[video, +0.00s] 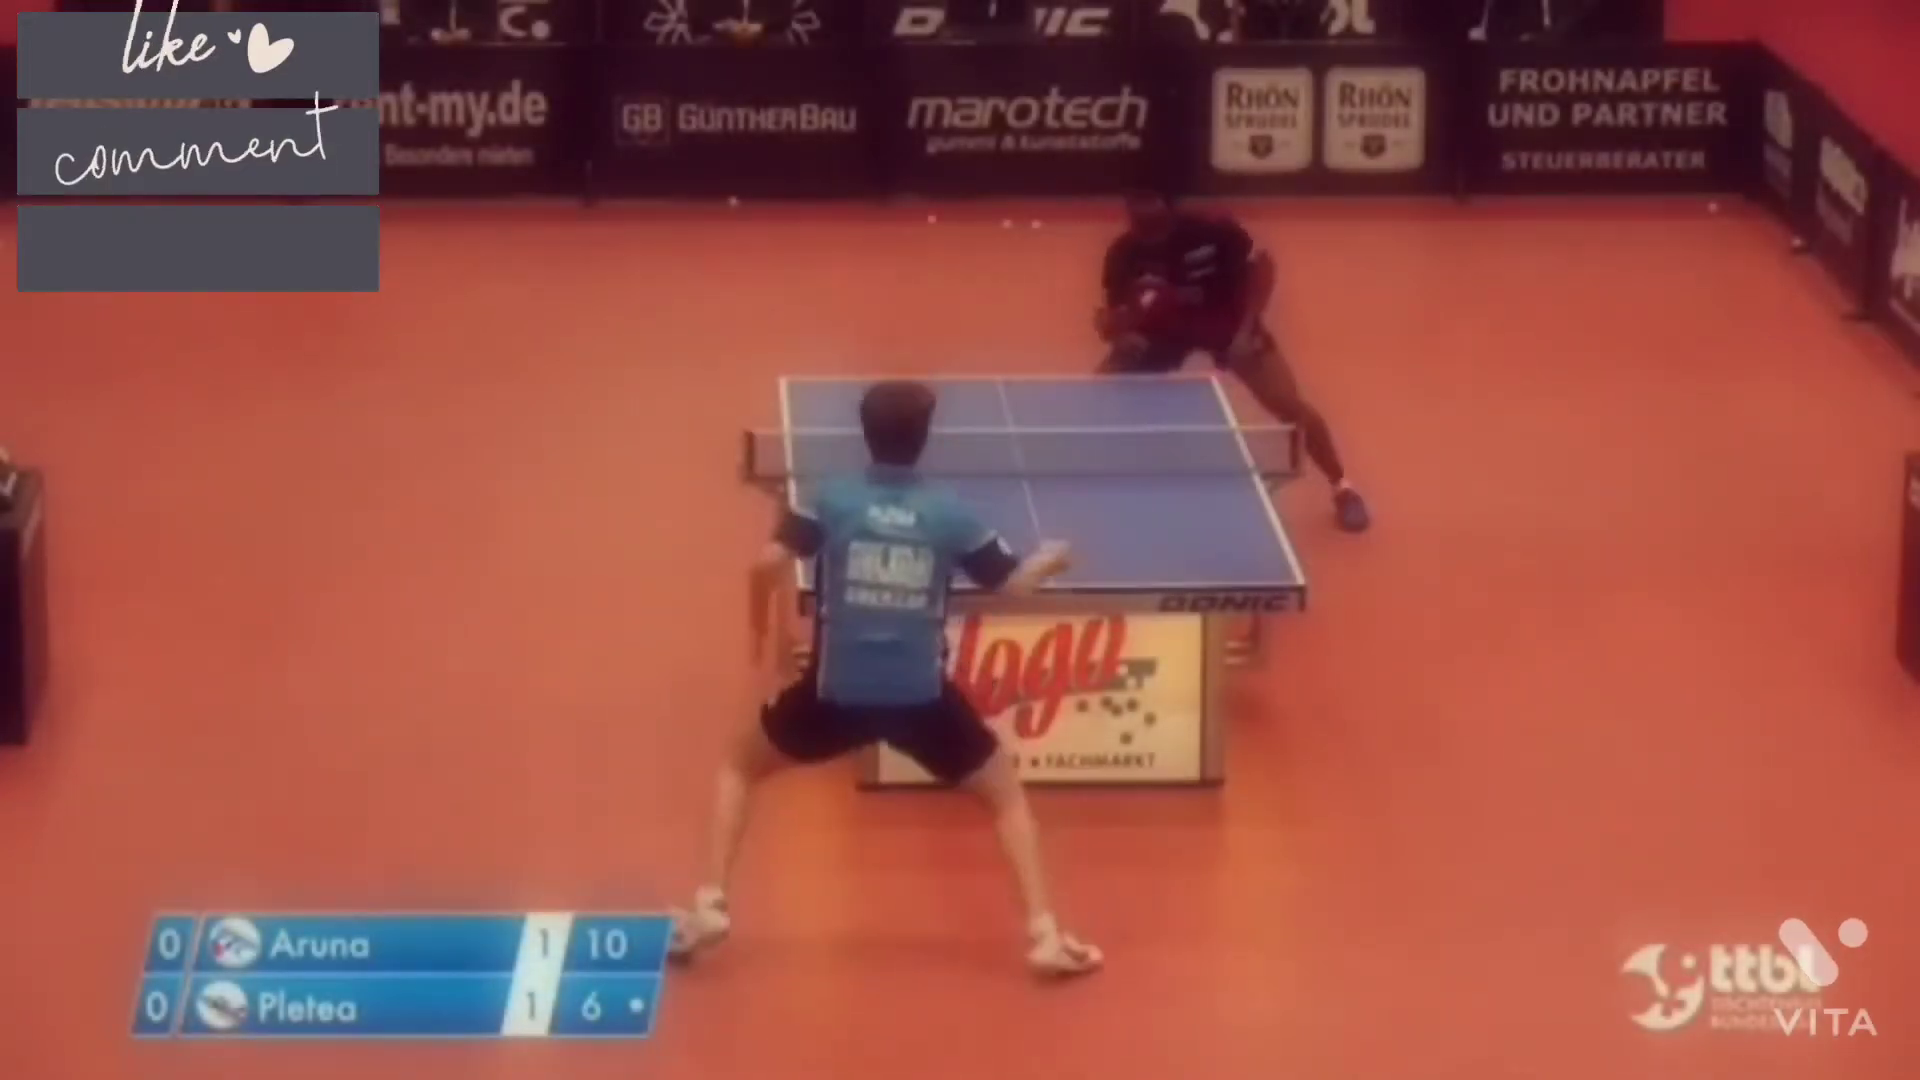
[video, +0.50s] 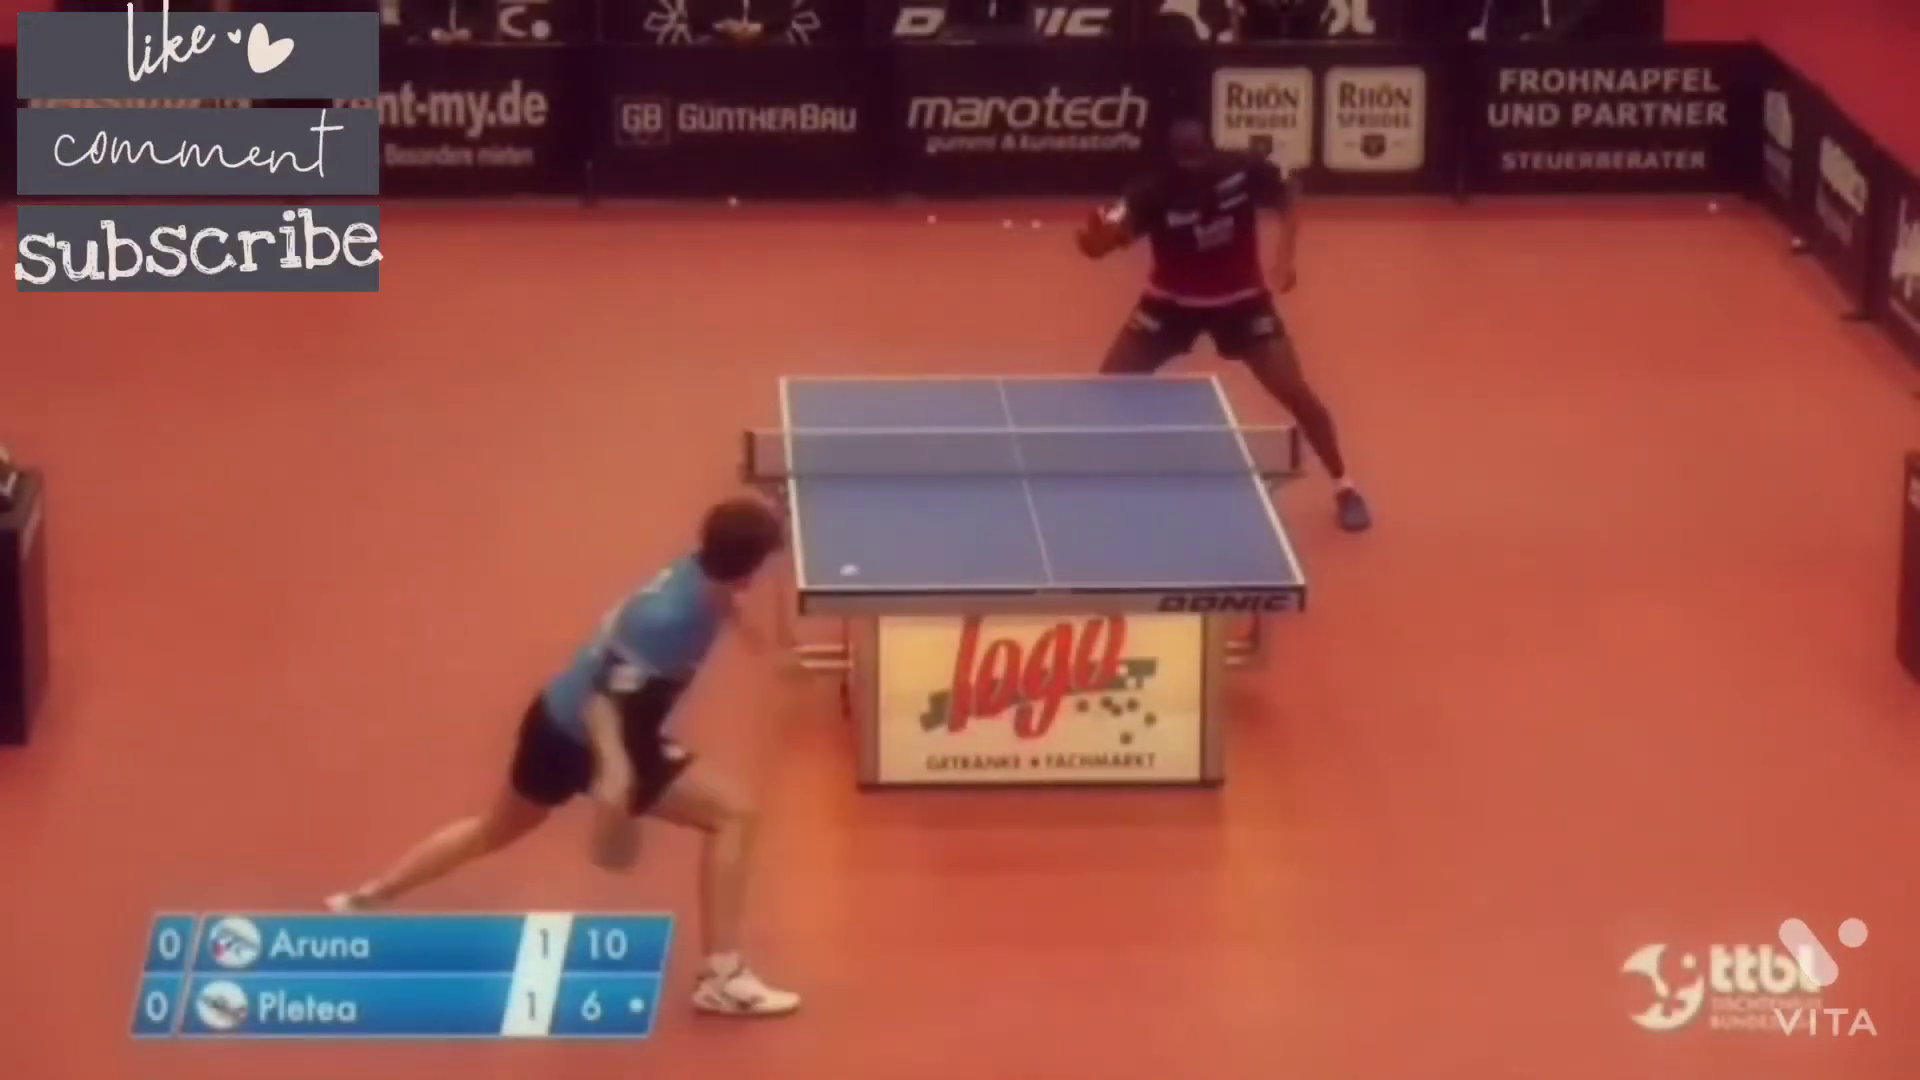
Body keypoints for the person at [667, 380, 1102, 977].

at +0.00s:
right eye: (919, 427)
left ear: (866, 436)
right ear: (923, 438)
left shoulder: (834, 498)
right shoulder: (943, 511)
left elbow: (783, 554)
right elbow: (1006, 584)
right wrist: (1046, 563)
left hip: (838, 695)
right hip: (919, 698)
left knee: (741, 764)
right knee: (1005, 792)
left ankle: (711, 900)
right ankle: (1046, 935)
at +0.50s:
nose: (769, 568)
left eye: (770, 557)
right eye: (767, 559)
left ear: (710, 543)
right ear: (749, 569)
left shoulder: (697, 578)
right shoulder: (668, 617)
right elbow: (604, 704)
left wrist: (761, 645)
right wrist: (617, 780)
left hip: (561, 722)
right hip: (597, 740)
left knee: (495, 828)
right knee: (734, 816)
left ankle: (364, 898)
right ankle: (723, 973)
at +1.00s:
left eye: (498, 528)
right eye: (539, 518)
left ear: (494, 537)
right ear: (551, 525)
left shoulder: (481, 611)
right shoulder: (594, 588)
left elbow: (471, 698)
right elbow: (682, 592)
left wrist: (460, 784)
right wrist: (653, 509)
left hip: (515, 795)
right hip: (592, 788)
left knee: (426, 832)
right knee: (700, 869)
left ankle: (342, 928)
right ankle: (704, 975)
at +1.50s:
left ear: (749, 516)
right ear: (808, 524)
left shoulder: (709, 570)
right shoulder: (829, 598)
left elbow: (624, 597)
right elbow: (894, 650)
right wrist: (844, 634)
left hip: (693, 763)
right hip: (777, 770)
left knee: (604, 836)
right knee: (883, 852)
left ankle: (549, 962)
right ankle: (923, 1003)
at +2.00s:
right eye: (798, 474)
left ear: (741, 481)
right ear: (802, 484)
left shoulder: (706, 547)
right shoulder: (829, 561)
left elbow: (633, 587)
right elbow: (884, 632)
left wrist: (652, 624)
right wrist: (882, 592)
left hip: (709, 745)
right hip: (800, 746)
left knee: (611, 834)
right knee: (892, 834)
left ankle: (547, 960)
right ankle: (943, 975)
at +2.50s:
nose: (743, 488)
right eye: (744, 479)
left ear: (686, 483)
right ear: (740, 490)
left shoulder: (666, 525)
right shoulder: (762, 553)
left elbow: (610, 532)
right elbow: (805, 563)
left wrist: (585, 585)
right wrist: (831, 539)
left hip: (638, 718)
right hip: (719, 732)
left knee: (567, 779)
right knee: (816, 858)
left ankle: (497, 889)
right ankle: (916, 973)